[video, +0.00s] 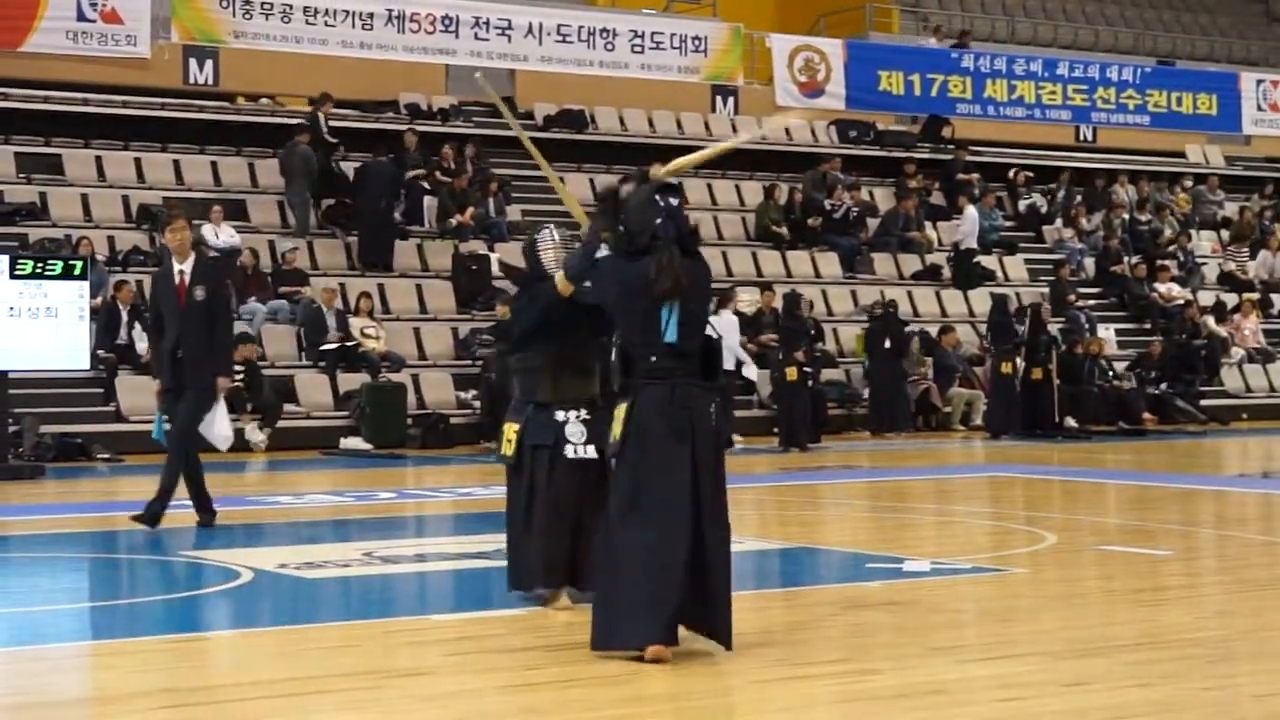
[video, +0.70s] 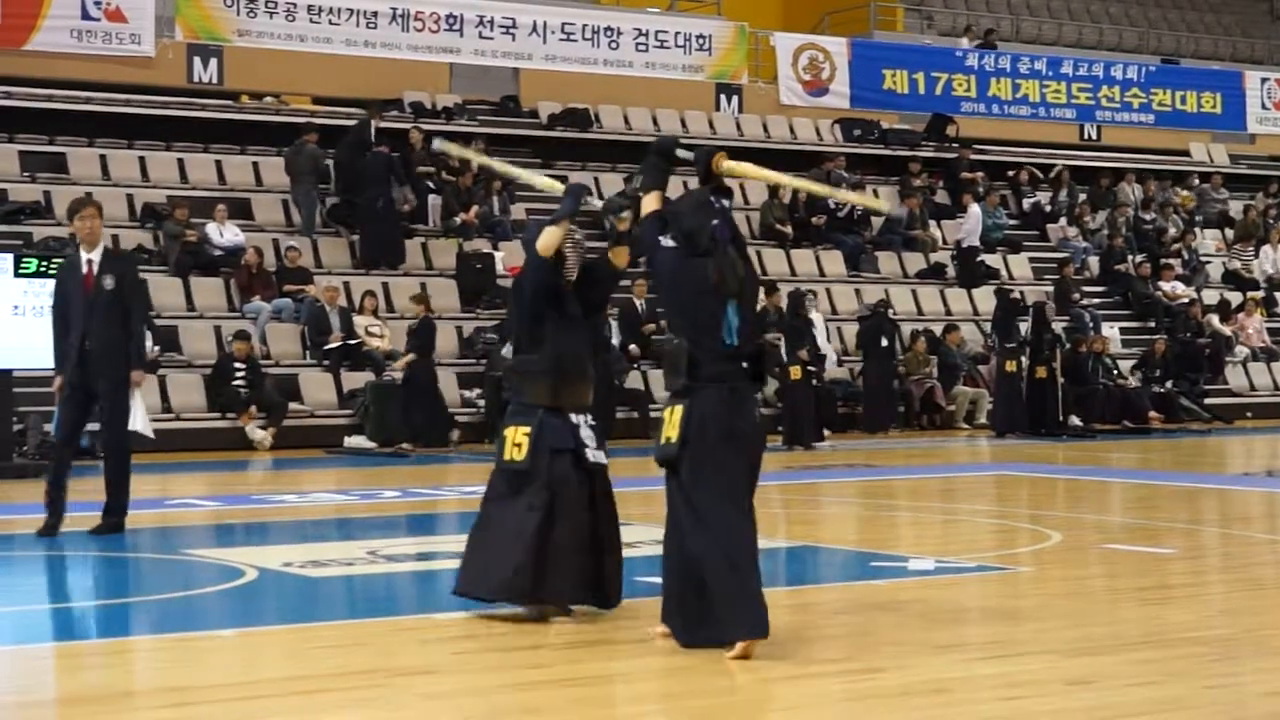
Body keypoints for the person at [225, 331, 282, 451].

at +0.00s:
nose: (255, 350)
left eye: (254, 347)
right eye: (251, 347)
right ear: (241, 347)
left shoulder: (252, 366)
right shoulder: (225, 364)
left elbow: (257, 389)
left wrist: (251, 402)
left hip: (247, 399)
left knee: (275, 404)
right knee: (236, 392)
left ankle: (262, 435)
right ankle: (249, 427)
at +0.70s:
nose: (239, 351)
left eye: (242, 348)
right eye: (236, 347)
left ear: (249, 347)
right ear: (232, 345)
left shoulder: (253, 363)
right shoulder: (224, 360)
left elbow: (258, 385)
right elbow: (215, 384)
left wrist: (254, 404)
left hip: (250, 397)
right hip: (229, 397)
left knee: (280, 403)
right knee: (231, 393)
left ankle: (268, 435)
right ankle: (250, 428)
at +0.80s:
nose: (234, 347)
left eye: (238, 344)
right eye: (233, 343)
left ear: (247, 345)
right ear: (229, 345)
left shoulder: (252, 362)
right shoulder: (222, 360)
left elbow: (259, 384)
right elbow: (217, 386)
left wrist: (254, 401)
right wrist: (241, 404)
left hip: (251, 397)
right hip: (229, 398)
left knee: (280, 403)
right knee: (231, 393)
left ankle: (268, 435)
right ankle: (248, 427)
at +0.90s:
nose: (232, 347)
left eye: (236, 344)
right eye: (231, 344)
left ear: (245, 345)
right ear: (228, 344)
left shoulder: (252, 362)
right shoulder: (221, 361)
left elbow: (260, 384)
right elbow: (214, 385)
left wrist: (254, 400)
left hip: (251, 397)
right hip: (228, 399)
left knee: (281, 403)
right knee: (234, 394)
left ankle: (269, 435)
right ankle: (248, 427)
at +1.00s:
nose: (230, 347)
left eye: (234, 343)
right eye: (230, 343)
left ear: (243, 345)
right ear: (228, 344)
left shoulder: (252, 361)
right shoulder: (221, 361)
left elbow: (259, 383)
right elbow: (213, 384)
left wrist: (254, 399)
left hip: (251, 397)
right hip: (227, 399)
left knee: (281, 403)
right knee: (234, 395)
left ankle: (269, 435)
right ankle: (248, 427)